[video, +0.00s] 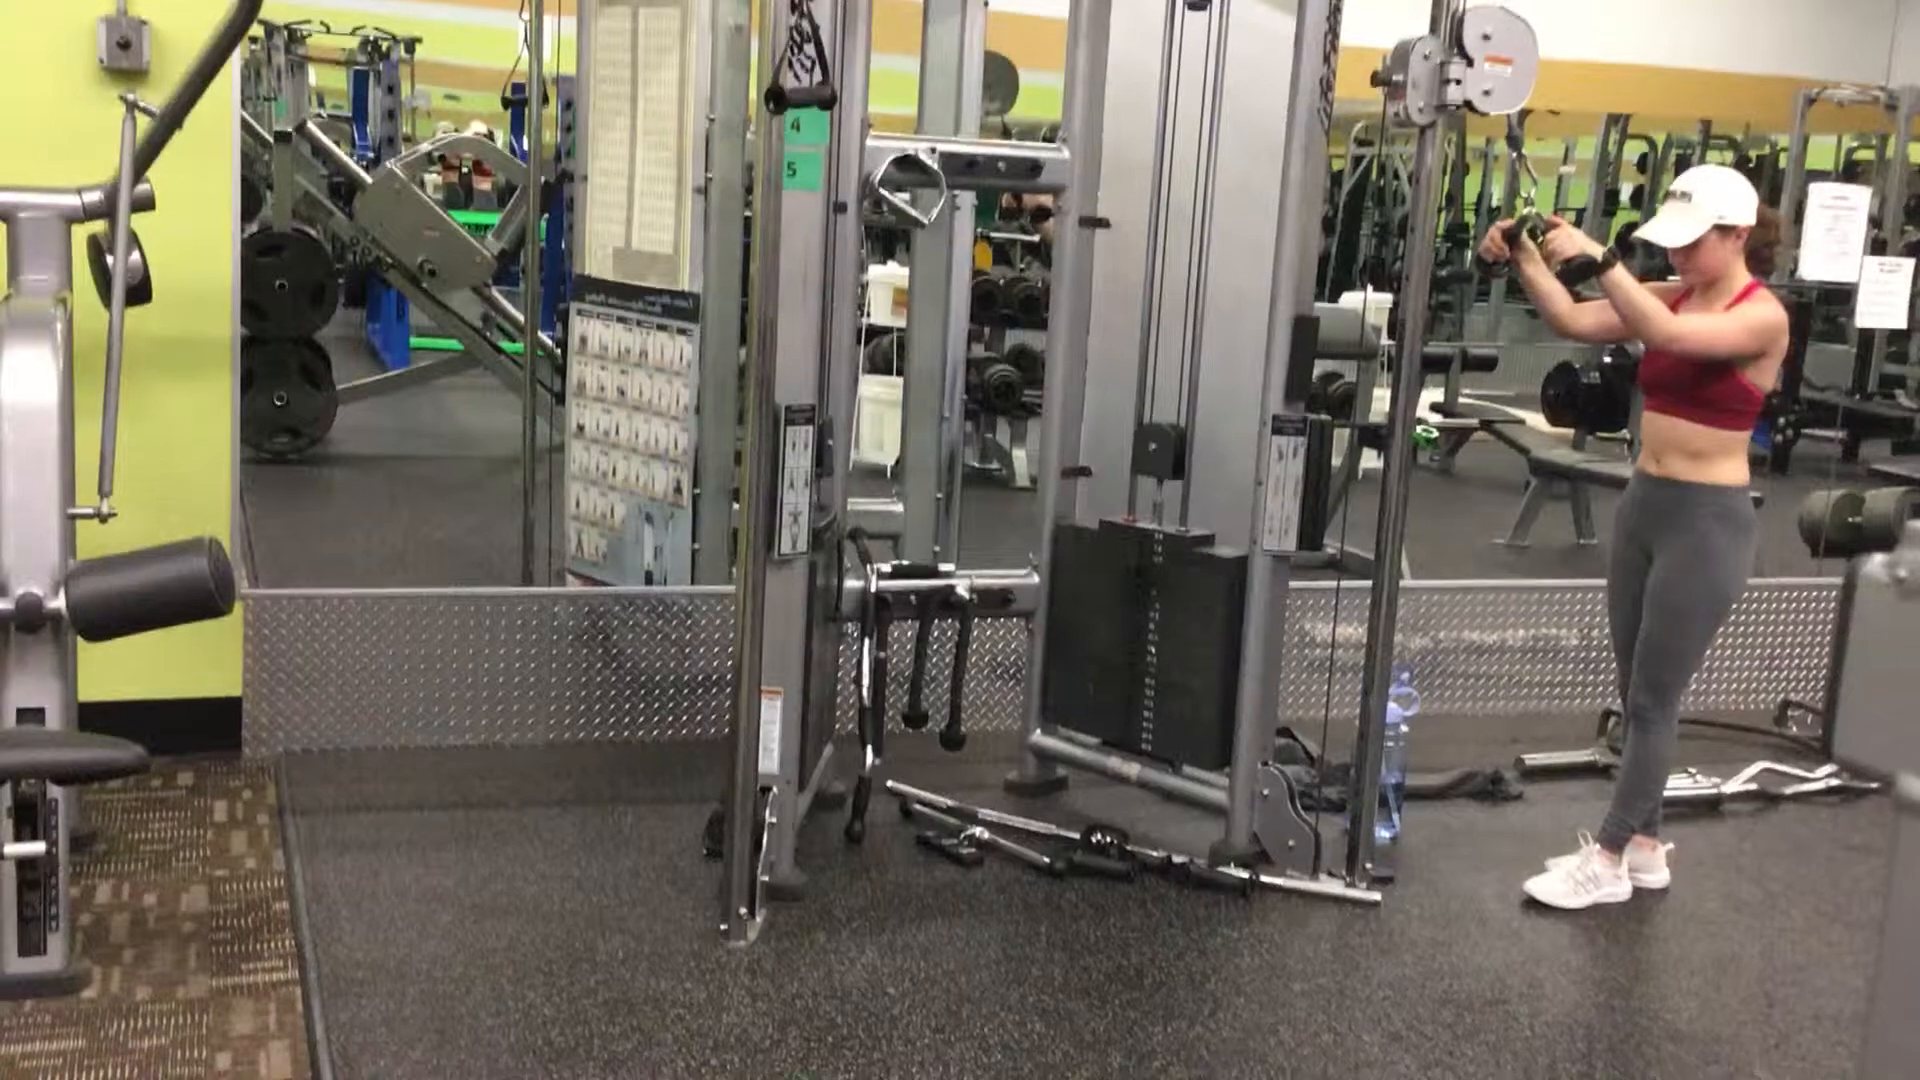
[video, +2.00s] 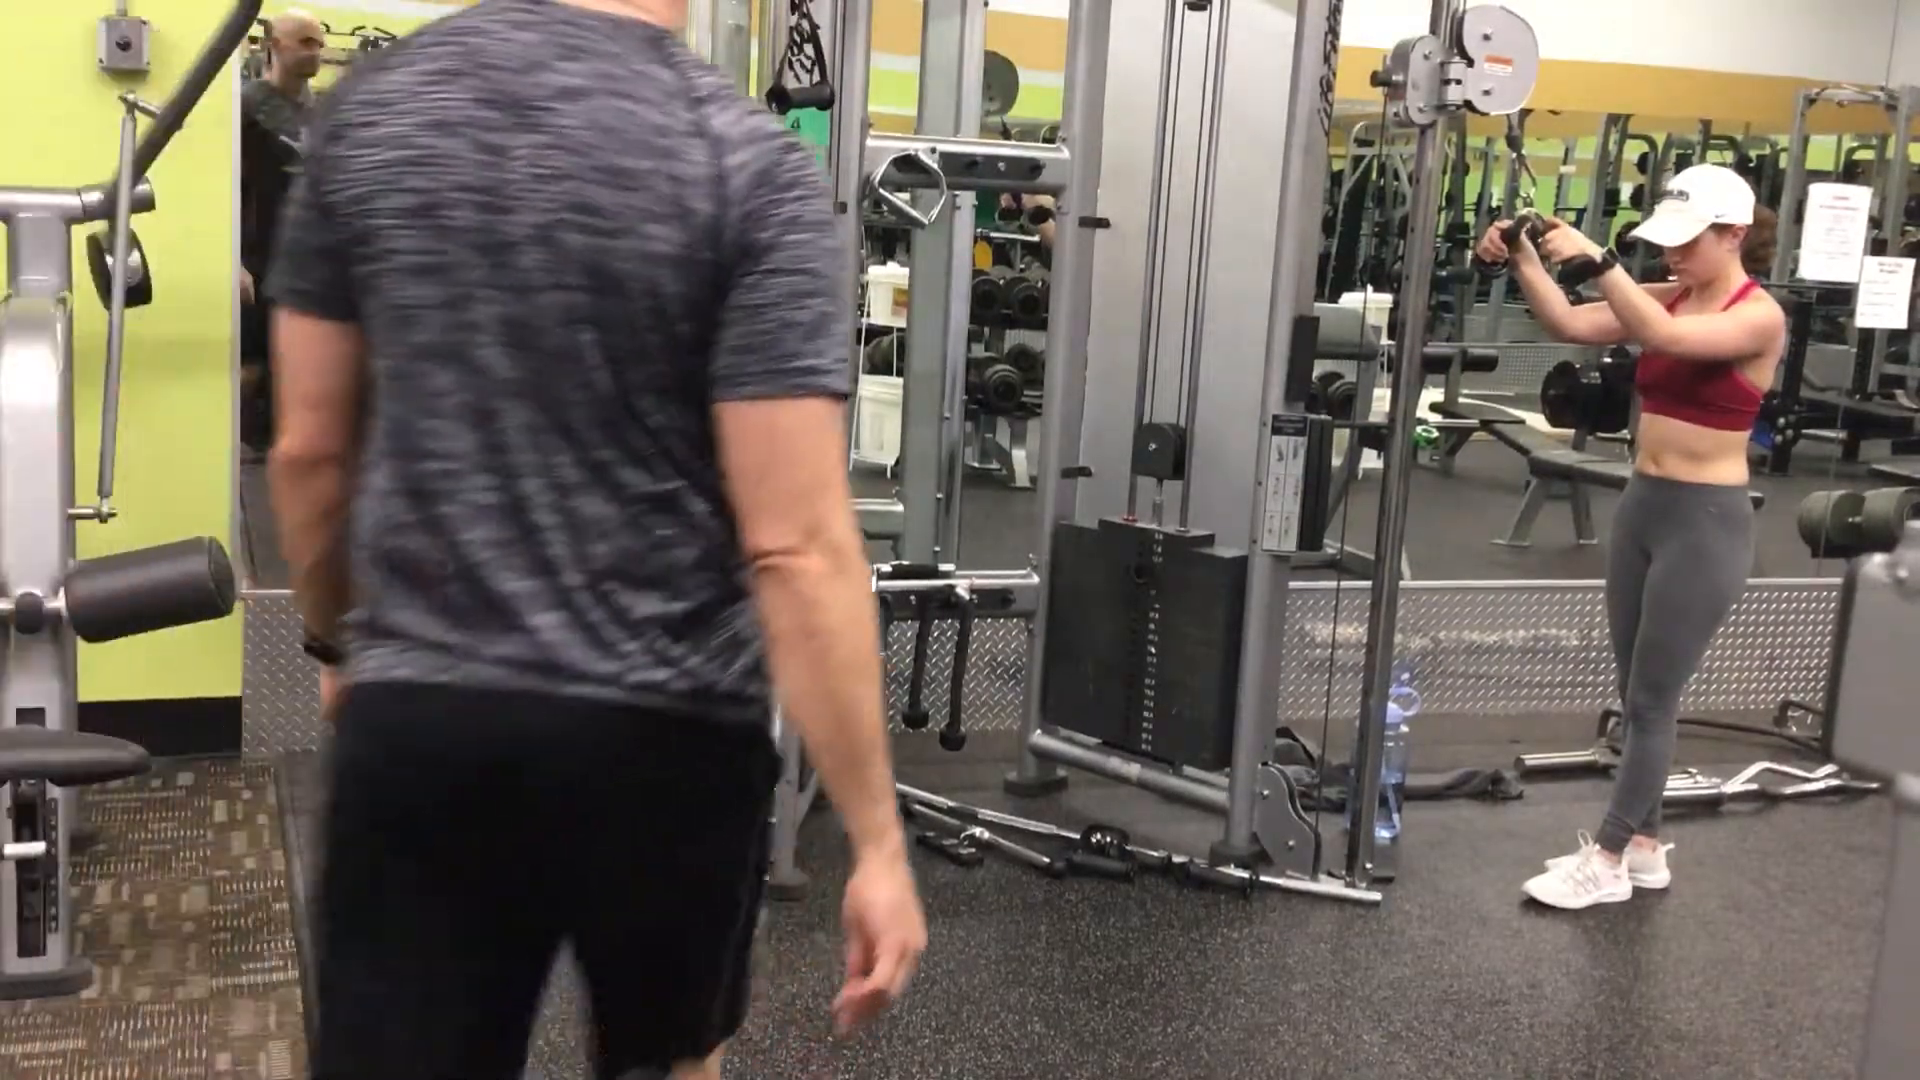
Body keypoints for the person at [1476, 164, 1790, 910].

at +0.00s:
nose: (1677, 254)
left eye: (1690, 240)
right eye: (1672, 241)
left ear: (1738, 236)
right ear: (1674, 240)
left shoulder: (1765, 316)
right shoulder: (1671, 298)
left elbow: (1668, 333)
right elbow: (1576, 319)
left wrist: (1598, 258)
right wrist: (1522, 258)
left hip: (1709, 521)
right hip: (1641, 507)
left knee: (1652, 698)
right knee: (1638, 691)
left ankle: (1607, 858)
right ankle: (1645, 844)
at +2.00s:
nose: (1670, 255)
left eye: (1684, 241)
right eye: (1666, 242)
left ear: (1733, 236)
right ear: (1670, 241)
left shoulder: (1762, 316)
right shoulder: (1669, 299)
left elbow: (1664, 334)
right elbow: (1570, 323)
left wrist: (1596, 261)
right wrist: (1521, 258)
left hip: (1707, 523)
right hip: (1640, 509)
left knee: (1651, 699)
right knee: (1638, 692)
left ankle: (1607, 860)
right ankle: (1645, 845)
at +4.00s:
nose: (1680, 251)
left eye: (1695, 237)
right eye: (1676, 238)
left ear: (1744, 236)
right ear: (1677, 239)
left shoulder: (1767, 317)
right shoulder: (1672, 299)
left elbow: (1671, 334)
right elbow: (1576, 320)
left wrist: (1599, 260)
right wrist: (1521, 259)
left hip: (1707, 523)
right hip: (1640, 509)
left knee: (1651, 698)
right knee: (1638, 693)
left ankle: (1605, 859)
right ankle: (1646, 846)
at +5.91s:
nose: (1681, 253)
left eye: (1696, 239)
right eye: (1677, 240)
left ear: (1744, 236)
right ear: (1677, 238)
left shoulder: (1768, 316)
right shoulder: (1673, 301)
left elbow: (1669, 331)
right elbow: (1576, 317)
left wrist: (1601, 257)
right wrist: (1524, 258)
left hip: (1709, 524)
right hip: (1642, 509)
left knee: (1651, 699)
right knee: (1639, 693)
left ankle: (1606, 858)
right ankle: (1645, 845)